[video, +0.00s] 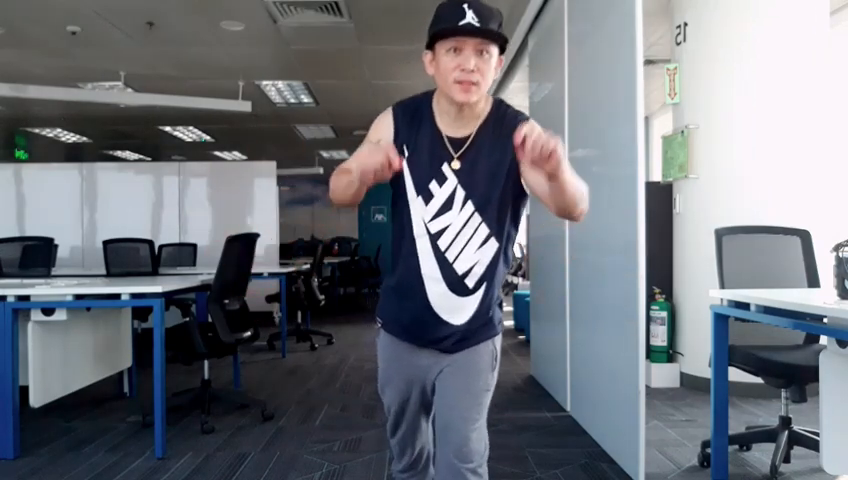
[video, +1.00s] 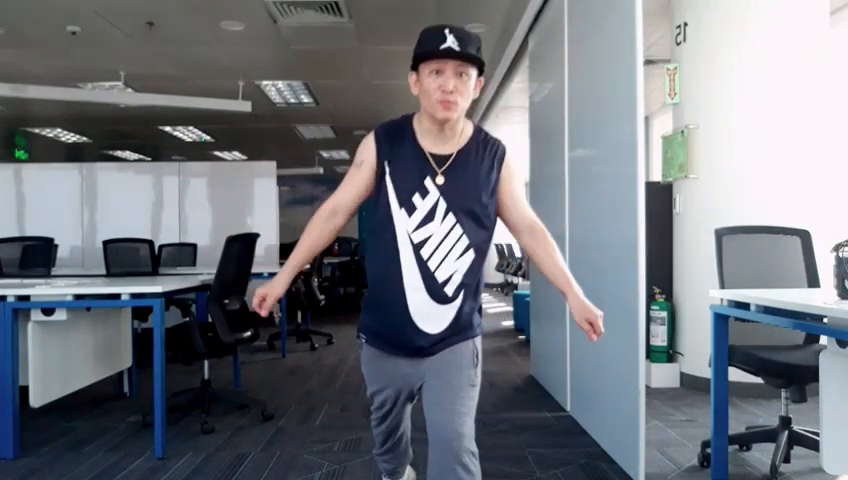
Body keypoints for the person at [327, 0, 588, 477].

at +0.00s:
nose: (469, 63)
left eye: (482, 52)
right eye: (455, 50)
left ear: (498, 65)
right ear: (430, 61)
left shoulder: (518, 132)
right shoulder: (397, 121)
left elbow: (574, 211)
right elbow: (338, 195)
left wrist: (557, 173)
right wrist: (361, 171)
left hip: (473, 332)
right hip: (403, 327)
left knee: (462, 460)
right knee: (406, 456)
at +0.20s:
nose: (474, 63)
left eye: (488, 51)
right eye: (459, 50)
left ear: (505, 62)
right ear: (435, 60)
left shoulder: (529, 132)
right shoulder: (404, 118)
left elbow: (588, 205)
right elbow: (341, 188)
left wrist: (583, 150)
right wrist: (350, 147)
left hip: (479, 334)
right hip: (408, 328)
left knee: (467, 462)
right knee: (412, 453)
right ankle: (416, 471)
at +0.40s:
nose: (476, 57)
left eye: (490, 44)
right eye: (461, 44)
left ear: (508, 56)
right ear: (437, 57)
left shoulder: (530, 133)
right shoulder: (405, 115)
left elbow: (566, 219)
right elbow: (345, 189)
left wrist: (587, 148)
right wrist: (351, 130)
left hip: (480, 334)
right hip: (408, 327)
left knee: (469, 465)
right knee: (411, 444)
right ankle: (419, 473)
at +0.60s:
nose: (469, 54)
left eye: (483, 42)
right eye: (455, 42)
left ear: (501, 55)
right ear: (433, 56)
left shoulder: (524, 130)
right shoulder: (401, 115)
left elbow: (553, 220)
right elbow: (338, 185)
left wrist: (535, 179)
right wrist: (367, 156)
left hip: (477, 328)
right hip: (403, 322)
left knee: (467, 457)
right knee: (399, 433)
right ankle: (405, 471)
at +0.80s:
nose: (459, 64)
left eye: (471, 53)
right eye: (447, 52)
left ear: (490, 66)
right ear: (425, 65)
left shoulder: (508, 138)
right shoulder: (394, 126)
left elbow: (533, 216)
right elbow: (346, 193)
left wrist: (517, 244)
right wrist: (355, 224)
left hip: (465, 330)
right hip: (395, 324)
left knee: (460, 456)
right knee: (388, 433)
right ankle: (393, 472)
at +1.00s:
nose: (448, 85)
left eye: (461, 75)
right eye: (436, 73)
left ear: (477, 85)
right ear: (414, 81)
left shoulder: (491, 156)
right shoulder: (382, 144)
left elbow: (529, 230)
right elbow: (334, 212)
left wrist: (574, 295)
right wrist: (282, 278)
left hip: (454, 337)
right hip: (385, 334)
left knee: (454, 452)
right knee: (387, 428)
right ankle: (395, 473)